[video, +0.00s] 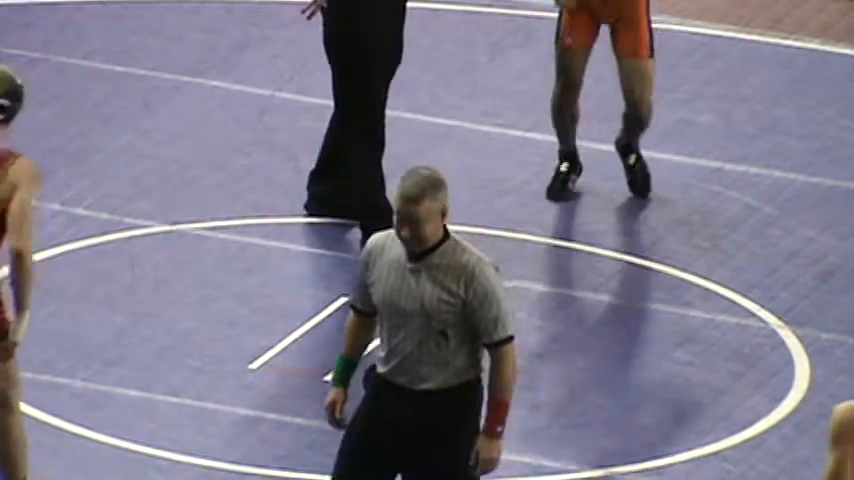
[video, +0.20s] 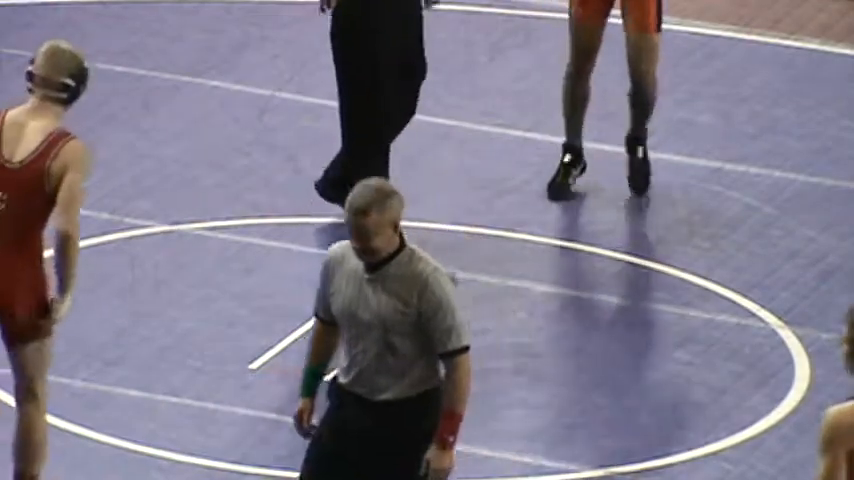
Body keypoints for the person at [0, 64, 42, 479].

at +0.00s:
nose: (7, 113)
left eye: (4, 105)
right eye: (11, 107)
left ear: (4, 112)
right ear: (10, 113)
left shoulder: (19, 171)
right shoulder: (18, 171)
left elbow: (18, 246)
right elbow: (18, 246)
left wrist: (20, 311)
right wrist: (21, 309)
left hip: (3, 308)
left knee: (10, 407)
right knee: (8, 407)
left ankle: (17, 470)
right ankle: (15, 472)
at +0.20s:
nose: (31, 79)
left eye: (32, 73)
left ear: (30, 78)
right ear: (76, 91)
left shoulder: (5, 121)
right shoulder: (70, 151)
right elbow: (64, 226)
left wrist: (59, 289)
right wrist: (64, 291)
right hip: (20, 281)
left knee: (29, 398)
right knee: (30, 399)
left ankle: (28, 470)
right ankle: (27, 474)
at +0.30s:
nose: (52, 68)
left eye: (51, 61)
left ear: (50, 66)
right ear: (96, 80)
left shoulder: (9, 112)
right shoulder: (90, 138)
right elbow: (82, 214)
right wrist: (75, 281)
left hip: (0, 264)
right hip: (36, 273)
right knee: (37, 394)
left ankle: (30, 469)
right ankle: (30, 473)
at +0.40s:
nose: (67, 59)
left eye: (67, 52)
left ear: (64, 60)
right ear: (111, 73)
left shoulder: (14, 110)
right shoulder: (105, 132)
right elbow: (92, 207)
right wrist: (73, 271)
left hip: (3, 266)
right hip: (50, 272)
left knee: (1, 378)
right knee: (43, 397)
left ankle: (23, 468)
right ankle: (31, 473)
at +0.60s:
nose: (84, 55)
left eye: (86, 50)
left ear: (85, 59)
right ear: (131, 68)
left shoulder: (40, 110)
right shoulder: (130, 129)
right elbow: (134, 181)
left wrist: (2, 227)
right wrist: (113, 239)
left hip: (30, 255)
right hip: (82, 262)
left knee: (63, 350)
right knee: (58, 382)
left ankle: (81, 427)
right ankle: (33, 472)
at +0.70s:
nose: (94, 52)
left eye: (96, 47)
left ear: (95, 57)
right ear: (141, 64)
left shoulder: (57, 107)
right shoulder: (145, 118)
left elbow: (2, 155)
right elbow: (160, 172)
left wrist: (21, 208)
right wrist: (148, 228)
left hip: (52, 253)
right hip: (100, 258)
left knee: (86, 347)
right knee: (74, 374)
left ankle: (105, 413)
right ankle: (38, 470)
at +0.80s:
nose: (108, 42)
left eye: (110, 36)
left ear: (107, 47)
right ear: (153, 51)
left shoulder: (73, 100)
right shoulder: (160, 105)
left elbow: (26, 170)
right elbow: (169, 167)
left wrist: (59, 195)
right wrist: (189, 210)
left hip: (73, 240)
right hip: (119, 246)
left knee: (97, 331)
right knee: (104, 364)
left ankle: (112, 418)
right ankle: (53, 454)